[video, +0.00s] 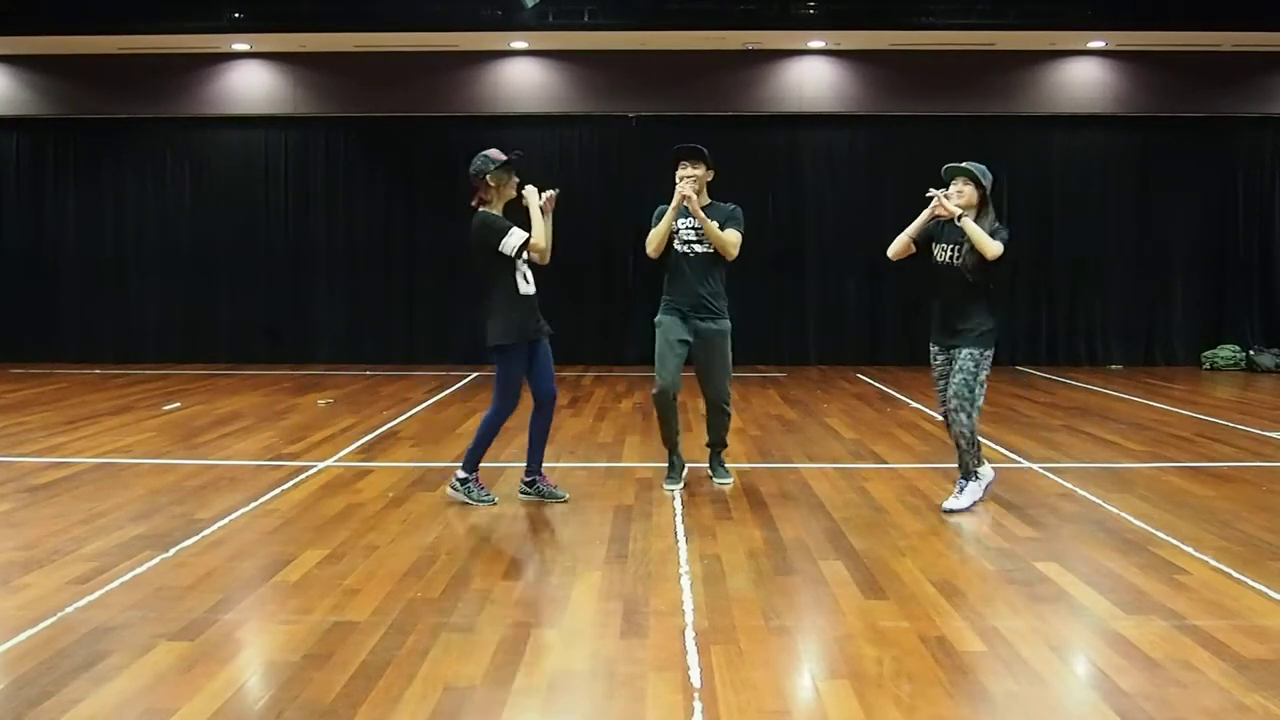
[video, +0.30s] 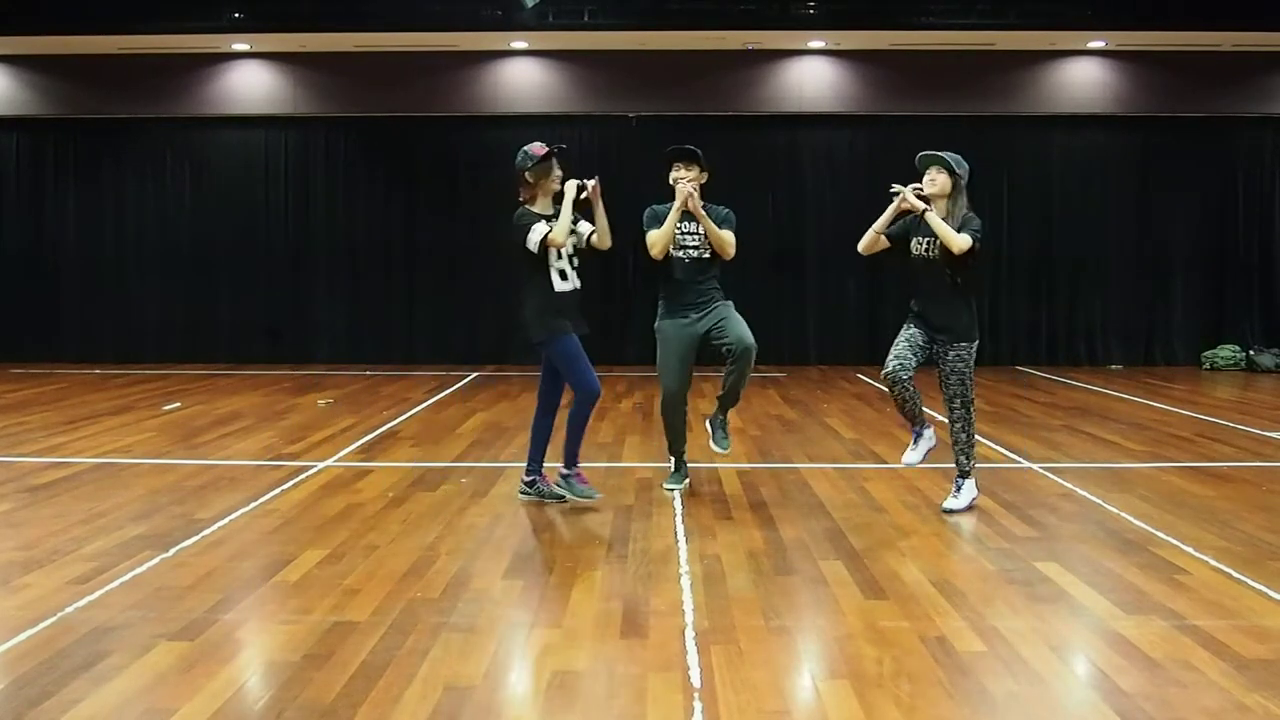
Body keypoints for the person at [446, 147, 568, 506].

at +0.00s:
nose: (515, 180)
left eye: (513, 173)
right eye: (508, 175)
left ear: (495, 182)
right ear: (489, 182)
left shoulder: (503, 220)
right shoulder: (486, 222)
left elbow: (541, 255)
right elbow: (539, 250)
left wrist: (545, 215)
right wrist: (534, 208)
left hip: (531, 321)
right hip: (508, 323)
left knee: (546, 395)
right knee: (505, 403)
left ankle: (533, 477)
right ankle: (465, 476)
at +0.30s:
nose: (560, 175)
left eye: (558, 169)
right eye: (552, 172)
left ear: (550, 175)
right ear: (534, 180)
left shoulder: (562, 214)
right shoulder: (524, 218)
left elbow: (603, 242)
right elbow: (558, 239)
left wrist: (596, 202)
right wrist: (569, 199)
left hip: (567, 317)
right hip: (546, 319)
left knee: (549, 398)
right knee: (588, 390)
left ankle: (532, 476)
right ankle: (569, 471)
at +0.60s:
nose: (606, 182)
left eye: (605, 176)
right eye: (597, 178)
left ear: (604, 179)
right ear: (579, 183)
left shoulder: (604, 222)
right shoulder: (572, 223)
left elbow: (635, 262)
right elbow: (606, 251)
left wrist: (641, 223)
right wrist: (613, 208)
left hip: (621, 322)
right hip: (598, 324)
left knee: (633, 401)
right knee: (608, 402)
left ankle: (574, 453)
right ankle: (601, 485)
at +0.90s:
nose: (646, 179)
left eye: (645, 173)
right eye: (638, 176)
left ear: (643, 179)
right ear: (620, 184)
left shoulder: (653, 219)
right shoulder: (612, 222)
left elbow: (690, 251)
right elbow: (652, 245)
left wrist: (685, 209)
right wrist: (657, 201)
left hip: (667, 323)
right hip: (632, 326)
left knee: (677, 403)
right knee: (631, 408)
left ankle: (680, 480)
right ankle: (603, 483)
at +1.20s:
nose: (670, 187)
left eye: (673, 181)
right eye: (661, 182)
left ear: (680, 183)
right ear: (645, 187)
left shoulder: (692, 218)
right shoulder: (633, 220)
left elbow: (705, 260)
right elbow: (630, 253)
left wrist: (698, 214)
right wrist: (655, 213)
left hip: (689, 315)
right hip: (650, 316)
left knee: (688, 403)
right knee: (670, 398)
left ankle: (681, 479)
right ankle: (648, 463)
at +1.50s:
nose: (676, 177)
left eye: (680, 170)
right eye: (668, 172)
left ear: (687, 175)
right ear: (654, 179)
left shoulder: (698, 218)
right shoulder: (641, 218)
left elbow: (708, 264)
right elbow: (640, 261)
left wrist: (698, 221)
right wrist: (662, 217)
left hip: (694, 321)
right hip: (655, 321)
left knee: (688, 402)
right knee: (663, 400)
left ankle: (683, 479)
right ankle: (659, 481)